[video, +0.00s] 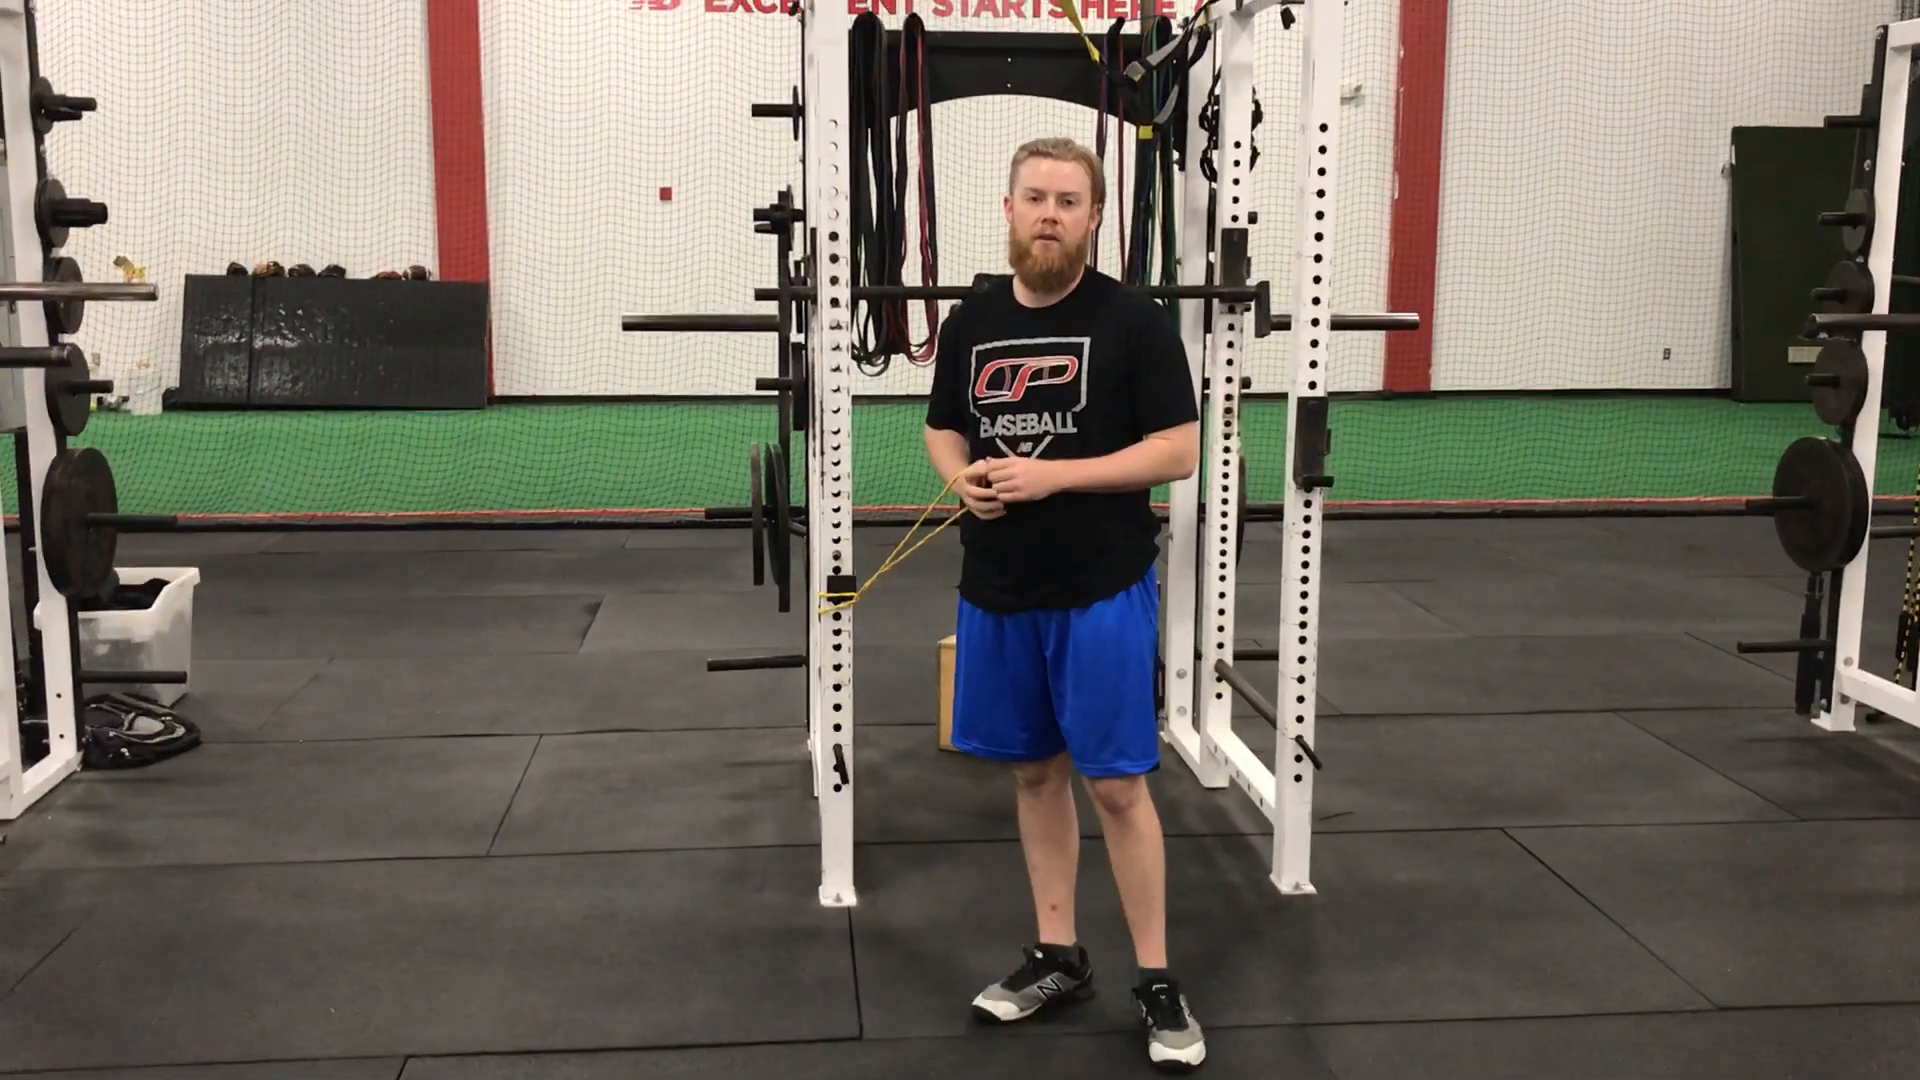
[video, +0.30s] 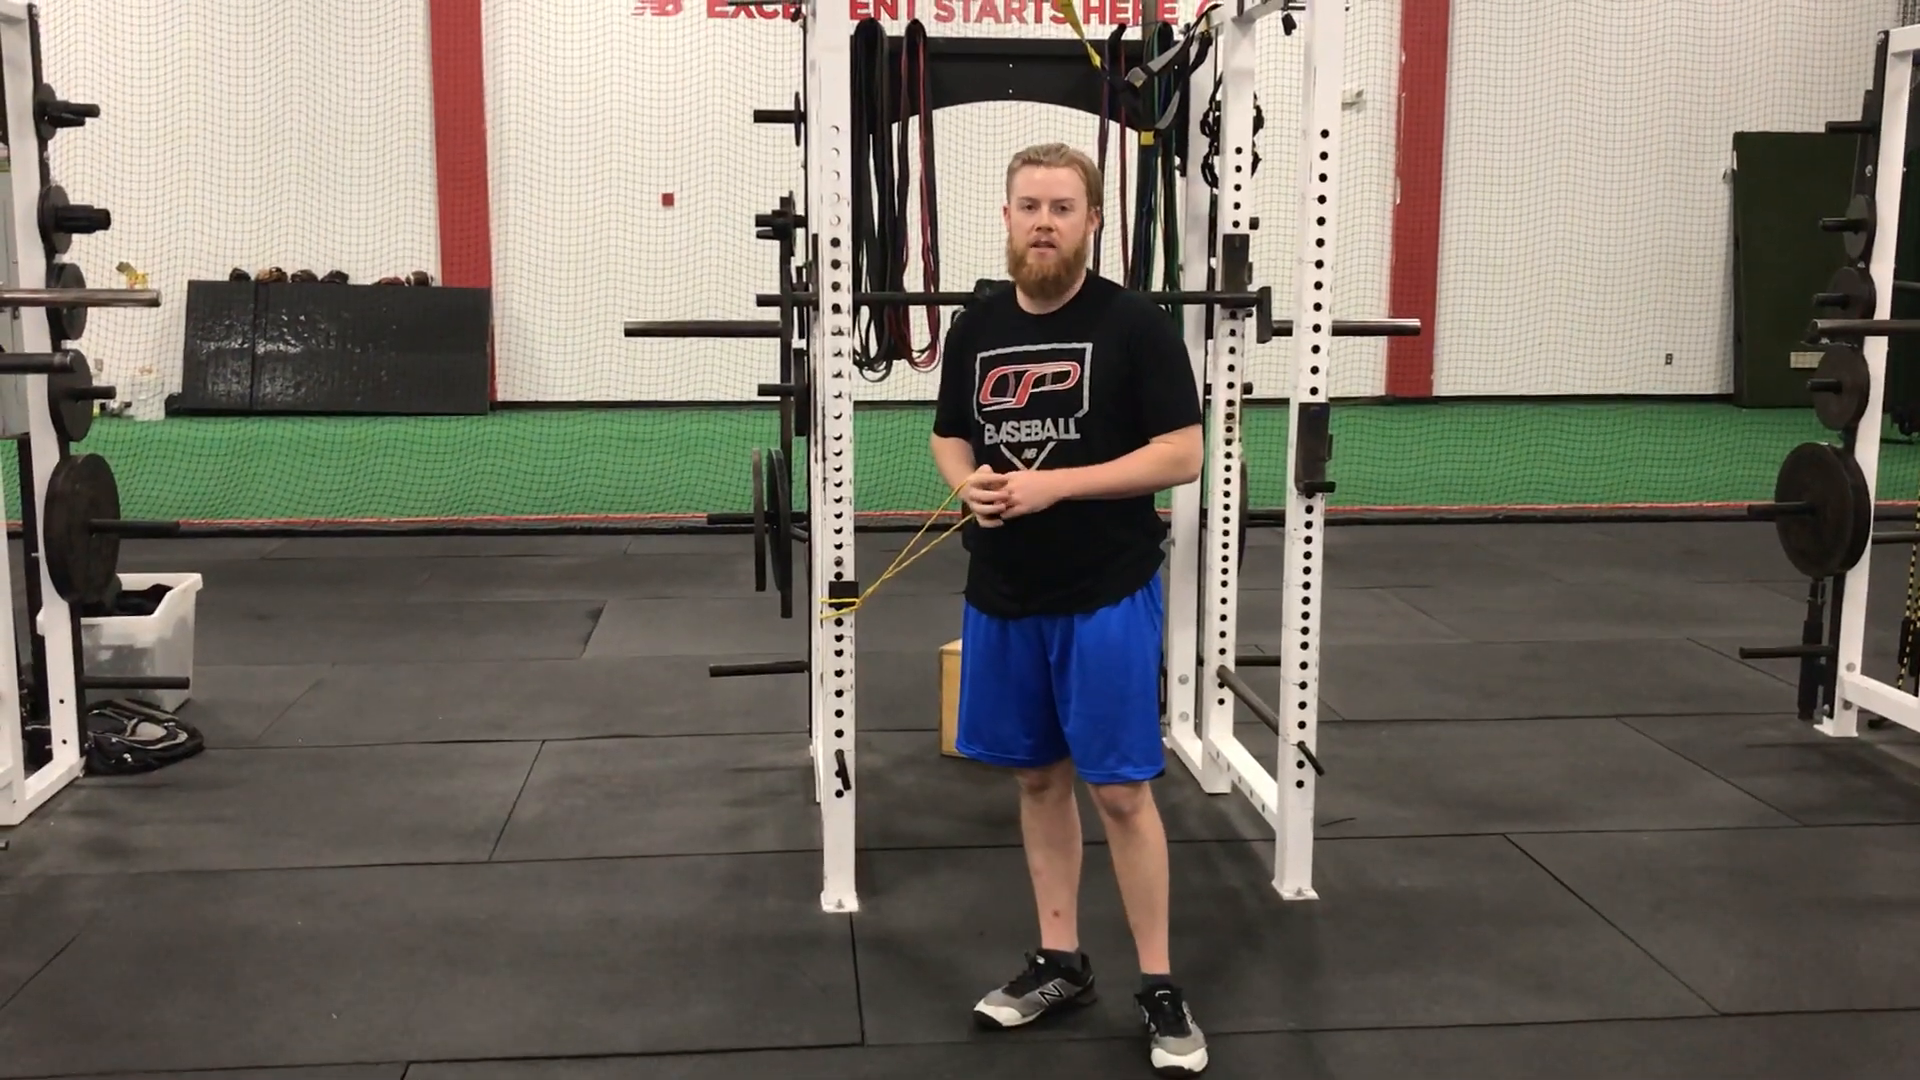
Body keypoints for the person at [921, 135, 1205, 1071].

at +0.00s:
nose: (1050, 214)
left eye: (1068, 201)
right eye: (1035, 197)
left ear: (1094, 218)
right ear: (1007, 210)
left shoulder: (1134, 321)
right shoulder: (972, 320)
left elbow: (1178, 450)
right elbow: (941, 430)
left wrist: (1055, 473)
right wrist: (965, 479)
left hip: (1105, 592)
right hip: (1002, 592)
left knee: (1117, 787)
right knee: (1036, 775)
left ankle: (1155, 981)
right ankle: (1057, 956)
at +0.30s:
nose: (1042, 222)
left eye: (1060, 207)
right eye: (1028, 206)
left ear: (1092, 223)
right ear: (1005, 220)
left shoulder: (1135, 323)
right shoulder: (976, 325)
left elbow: (1183, 454)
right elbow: (948, 440)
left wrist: (1056, 482)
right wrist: (972, 485)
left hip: (1109, 596)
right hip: (1007, 597)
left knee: (1121, 793)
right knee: (1039, 781)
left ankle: (1159, 986)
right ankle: (1059, 962)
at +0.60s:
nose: (1022, 226)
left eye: (1042, 211)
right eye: (1013, 211)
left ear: (1087, 223)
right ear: (999, 223)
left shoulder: (1136, 327)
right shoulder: (977, 328)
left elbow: (1182, 457)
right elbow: (950, 445)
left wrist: (1055, 487)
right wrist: (973, 487)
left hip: (1112, 600)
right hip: (1008, 601)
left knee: (1125, 796)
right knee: (1041, 783)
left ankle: (1161, 989)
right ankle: (1061, 963)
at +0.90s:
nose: (1000, 227)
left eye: (1019, 210)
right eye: (996, 212)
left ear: (1072, 219)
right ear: (994, 223)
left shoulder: (1131, 321)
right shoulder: (979, 324)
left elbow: (1179, 453)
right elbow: (952, 439)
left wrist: (1045, 492)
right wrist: (964, 484)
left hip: (1107, 600)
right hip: (1005, 600)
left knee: (1123, 795)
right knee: (1040, 781)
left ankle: (1160, 987)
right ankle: (1061, 962)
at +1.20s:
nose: (1001, 221)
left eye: (1019, 204)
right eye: (998, 205)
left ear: (1074, 213)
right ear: (999, 217)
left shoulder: (1131, 315)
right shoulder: (985, 318)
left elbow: (1171, 448)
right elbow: (959, 433)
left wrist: (1039, 494)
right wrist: (968, 481)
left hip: (1108, 593)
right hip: (1010, 592)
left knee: (1124, 789)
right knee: (1043, 775)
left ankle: (1162, 982)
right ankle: (1063, 957)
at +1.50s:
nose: (1029, 209)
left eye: (1049, 195)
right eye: (1021, 194)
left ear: (1093, 209)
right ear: (1007, 208)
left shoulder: (1140, 310)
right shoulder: (988, 314)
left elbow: (1174, 444)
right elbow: (969, 430)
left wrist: (1041, 483)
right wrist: (973, 485)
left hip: (1115, 586)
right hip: (1015, 586)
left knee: (1129, 782)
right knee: (1048, 769)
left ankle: (1167, 977)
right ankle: (1066, 950)